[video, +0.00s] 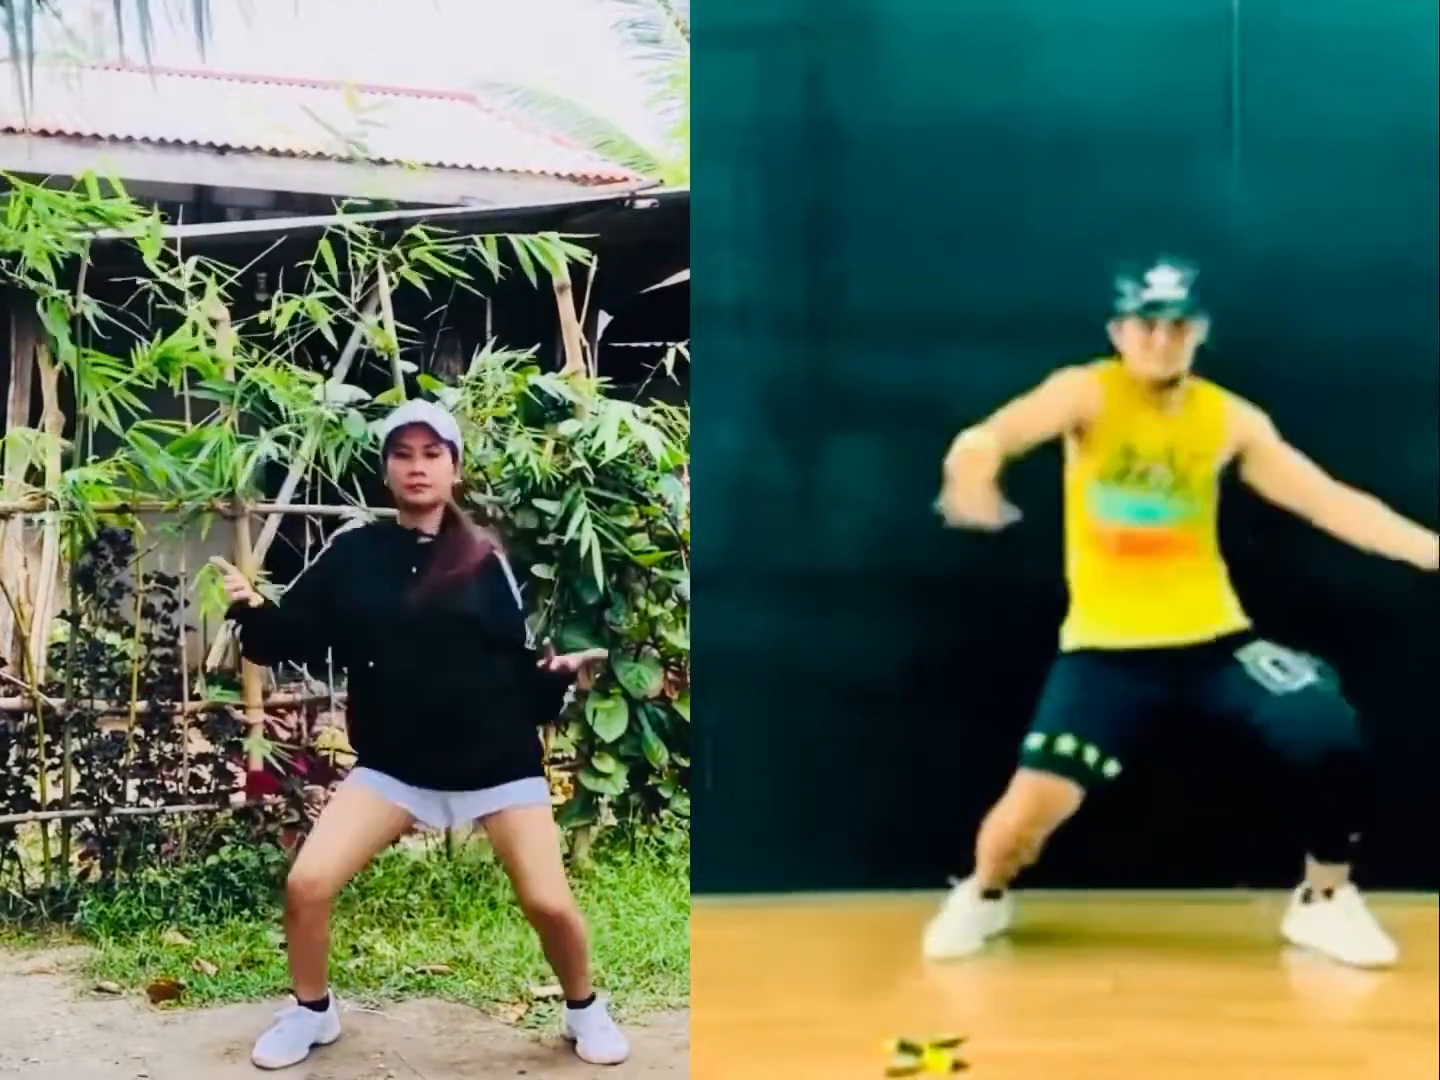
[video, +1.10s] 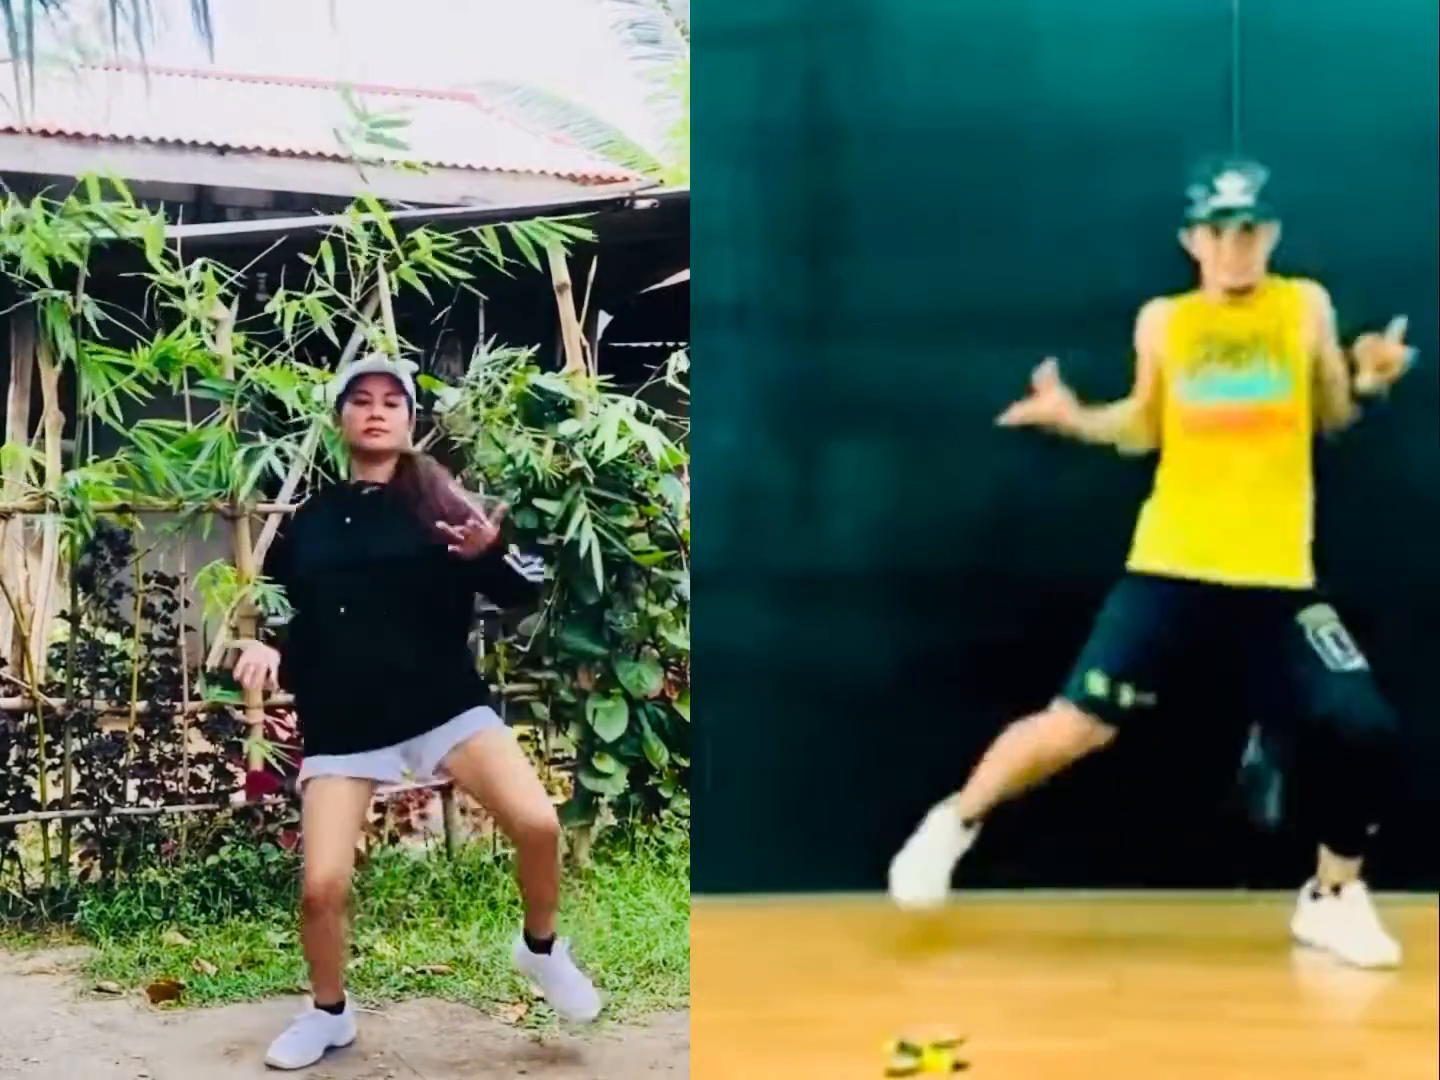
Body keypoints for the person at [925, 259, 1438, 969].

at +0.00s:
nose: (1161, 340)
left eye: (1177, 325)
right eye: (1146, 323)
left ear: (1199, 333)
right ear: (1117, 330)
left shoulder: (1230, 421)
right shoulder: (1083, 393)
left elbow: (1330, 503)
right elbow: (983, 442)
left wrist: (1430, 550)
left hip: (1215, 641)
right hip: (1104, 648)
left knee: (1328, 730)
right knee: (1032, 808)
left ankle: (1325, 900)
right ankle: (981, 898)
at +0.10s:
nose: (1138, 328)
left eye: (1150, 311)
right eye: (1121, 313)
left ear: (1169, 312)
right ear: (1090, 318)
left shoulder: (1200, 370)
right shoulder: (1058, 398)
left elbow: (1266, 467)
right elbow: (973, 493)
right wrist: (910, 481)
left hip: (1180, 624)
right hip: (1074, 629)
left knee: (1269, 753)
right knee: (1001, 817)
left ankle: (1319, 903)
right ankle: (979, 899)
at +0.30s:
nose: (1124, 266)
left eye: (1128, 250)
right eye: (1109, 250)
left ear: (1126, 250)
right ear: (1059, 251)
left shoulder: (1130, 328)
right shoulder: (993, 312)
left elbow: (1157, 445)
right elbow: (920, 403)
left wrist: (1254, 406)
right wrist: (931, 367)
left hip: (1137, 565)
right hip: (1035, 590)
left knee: (1282, 623)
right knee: (1003, 777)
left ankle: (1277, 810)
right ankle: (972, 894)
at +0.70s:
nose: (1115, 228)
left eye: (1131, 213)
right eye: (1101, 210)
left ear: (1150, 219)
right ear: (1070, 210)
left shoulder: (1165, 298)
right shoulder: (1019, 278)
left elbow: (1191, 406)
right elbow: (931, 364)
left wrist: (1282, 373)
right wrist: (947, 328)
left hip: (1170, 535)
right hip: (1061, 553)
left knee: (1296, 643)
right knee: (1018, 730)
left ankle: (1342, 824)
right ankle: (998, 877)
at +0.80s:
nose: (1128, 280)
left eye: (1144, 264)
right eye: (1114, 261)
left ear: (1165, 272)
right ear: (1084, 263)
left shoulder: (1191, 362)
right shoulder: (1035, 333)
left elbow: (1290, 446)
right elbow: (928, 382)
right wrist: (959, 355)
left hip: (1193, 592)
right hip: (1080, 603)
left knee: (1296, 719)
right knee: (1014, 771)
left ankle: (1326, 896)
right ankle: (1017, 891)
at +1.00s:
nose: (1208, 296)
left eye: (1224, 277)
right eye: (1192, 277)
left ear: (1248, 277)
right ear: (1167, 280)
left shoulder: (1279, 342)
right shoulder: (1130, 358)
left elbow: (1334, 448)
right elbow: (1044, 461)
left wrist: (1362, 427)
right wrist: (960, 467)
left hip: (1247, 606)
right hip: (1145, 606)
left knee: (1353, 736)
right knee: (1091, 776)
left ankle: (1331, 900)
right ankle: (967, 870)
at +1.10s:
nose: (1239, 246)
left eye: (1252, 229)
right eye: (1222, 231)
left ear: (1273, 235)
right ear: (1192, 240)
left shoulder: (1306, 306)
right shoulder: (1163, 321)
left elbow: (1332, 413)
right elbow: (1144, 425)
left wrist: (1363, 377)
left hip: (1278, 579)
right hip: (1171, 571)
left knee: (1363, 729)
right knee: (1076, 727)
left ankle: (1332, 897)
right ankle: (956, 821)